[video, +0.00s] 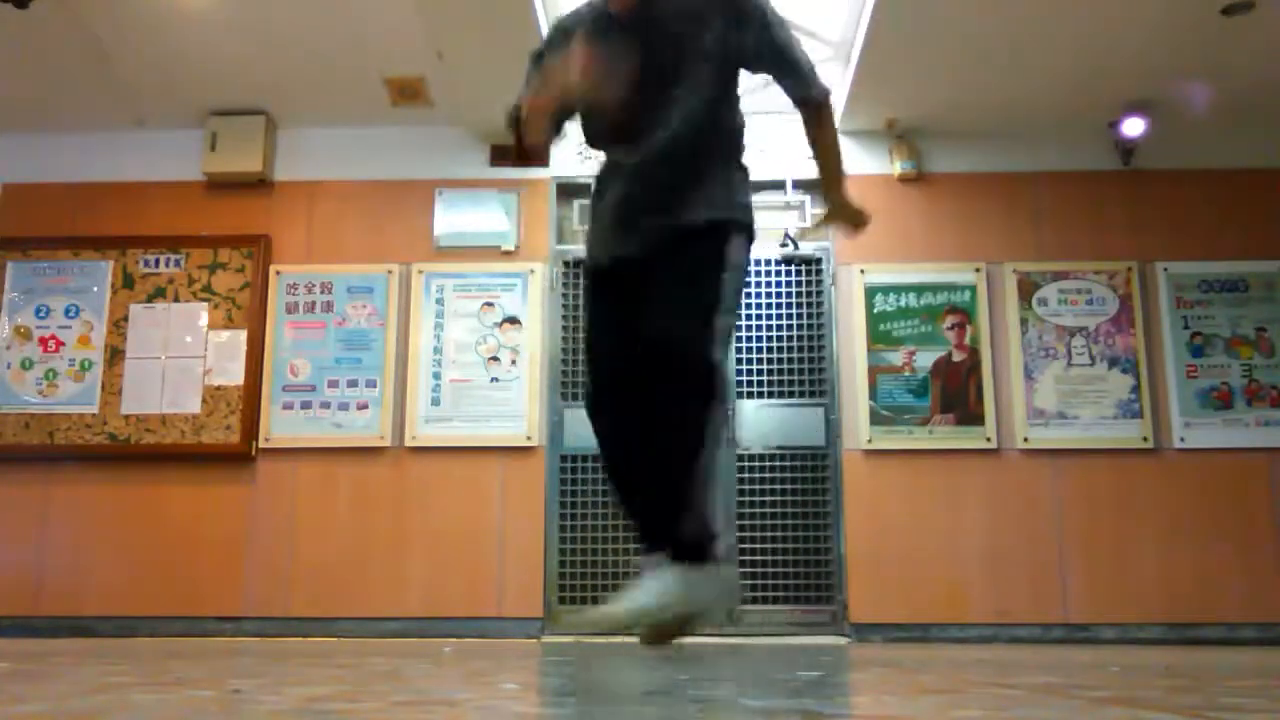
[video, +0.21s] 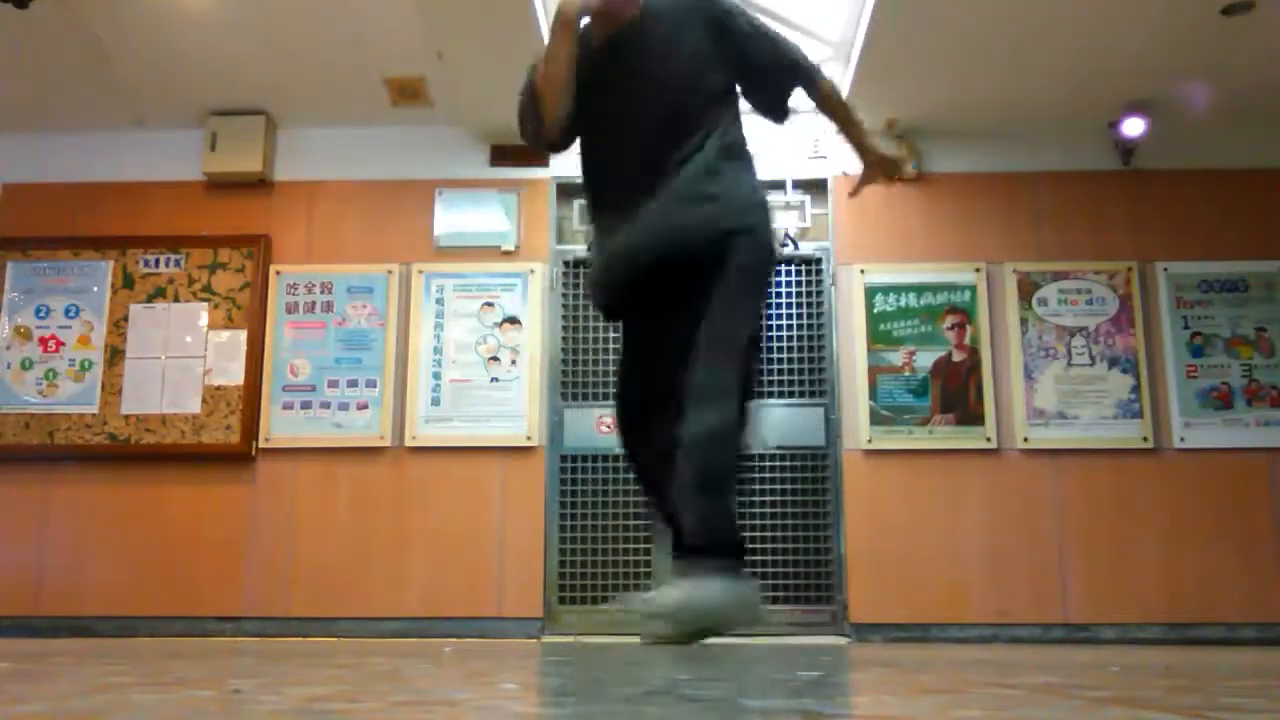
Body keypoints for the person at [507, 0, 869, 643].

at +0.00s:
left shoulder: (725, 10)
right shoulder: (580, 30)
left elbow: (811, 93)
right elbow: (531, 139)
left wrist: (835, 193)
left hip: (704, 214)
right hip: (620, 225)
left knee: (684, 375)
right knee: (614, 396)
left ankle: (690, 563)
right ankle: (677, 565)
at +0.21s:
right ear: (591, 3)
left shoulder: (701, 14)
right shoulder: (578, 52)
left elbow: (808, 79)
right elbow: (543, 133)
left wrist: (867, 151)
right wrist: (564, 23)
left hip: (724, 235)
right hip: (643, 255)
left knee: (710, 389)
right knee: (643, 415)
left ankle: (712, 571)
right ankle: (705, 571)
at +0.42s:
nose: (595, 16)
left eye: (603, 5)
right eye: (583, 10)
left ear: (629, 5)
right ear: (569, 20)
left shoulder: (679, 38)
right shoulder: (586, 101)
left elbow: (755, 20)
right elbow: (541, 173)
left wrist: (815, 41)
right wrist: (567, 71)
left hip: (744, 275)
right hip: (661, 296)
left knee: (829, 417)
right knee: (638, 446)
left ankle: (953, 394)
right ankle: (711, 600)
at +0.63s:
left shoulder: (737, 8)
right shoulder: (612, 42)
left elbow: (836, 31)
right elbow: (578, 131)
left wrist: (842, 140)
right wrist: (617, 31)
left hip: (759, 228)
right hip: (671, 243)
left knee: (778, 367)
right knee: (675, 417)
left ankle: (785, 452)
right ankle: (692, 574)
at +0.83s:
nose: (723, 16)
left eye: (733, 8)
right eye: (710, 6)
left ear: (746, 12)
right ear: (690, 7)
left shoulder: (776, 77)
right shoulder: (648, 74)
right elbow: (639, 135)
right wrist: (694, 56)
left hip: (759, 270)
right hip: (672, 277)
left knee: (750, 422)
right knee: (670, 437)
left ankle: (751, 577)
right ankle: (693, 586)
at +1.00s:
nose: (787, 29)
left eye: (799, 19)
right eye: (776, 14)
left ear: (811, 29)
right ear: (749, 12)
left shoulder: (806, 109)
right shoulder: (705, 79)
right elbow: (700, 136)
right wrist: (772, 105)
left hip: (758, 301)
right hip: (669, 289)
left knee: (777, 450)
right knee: (612, 399)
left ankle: (767, 598)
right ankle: (574, 568)